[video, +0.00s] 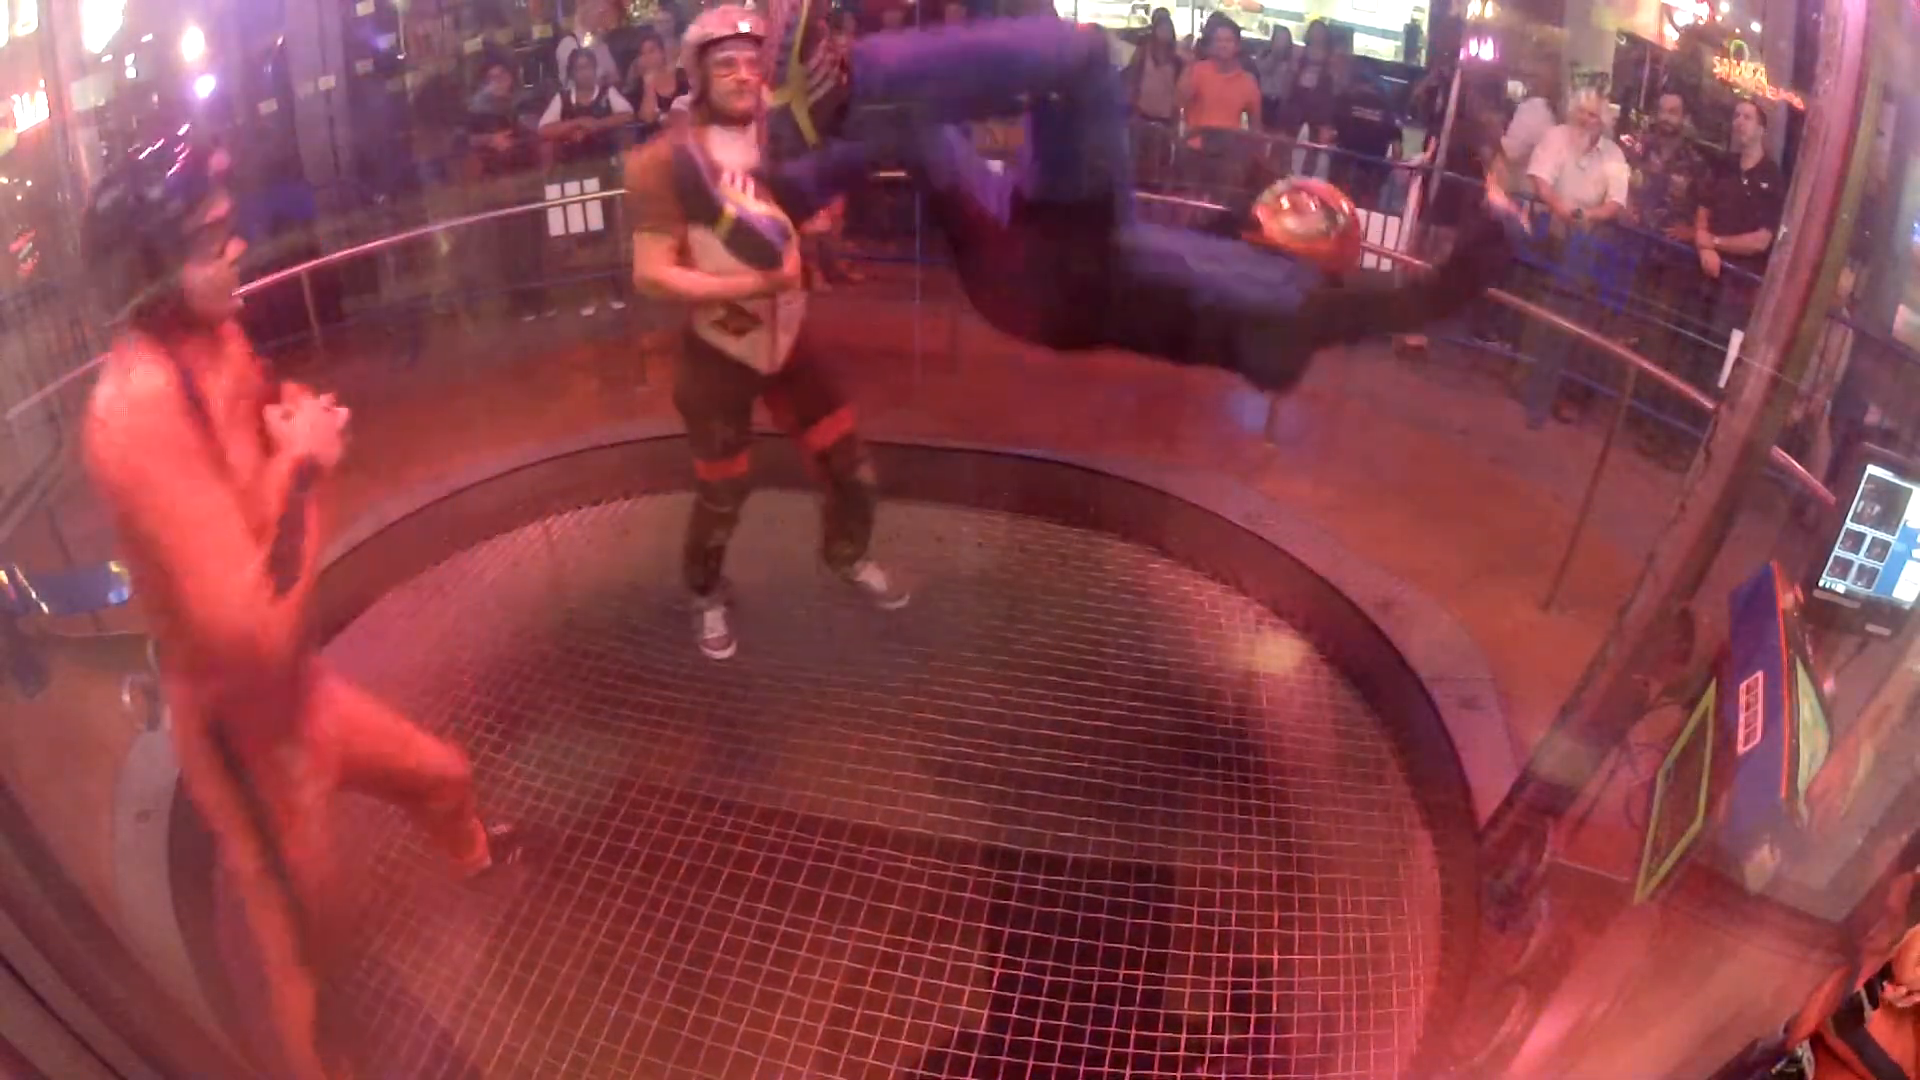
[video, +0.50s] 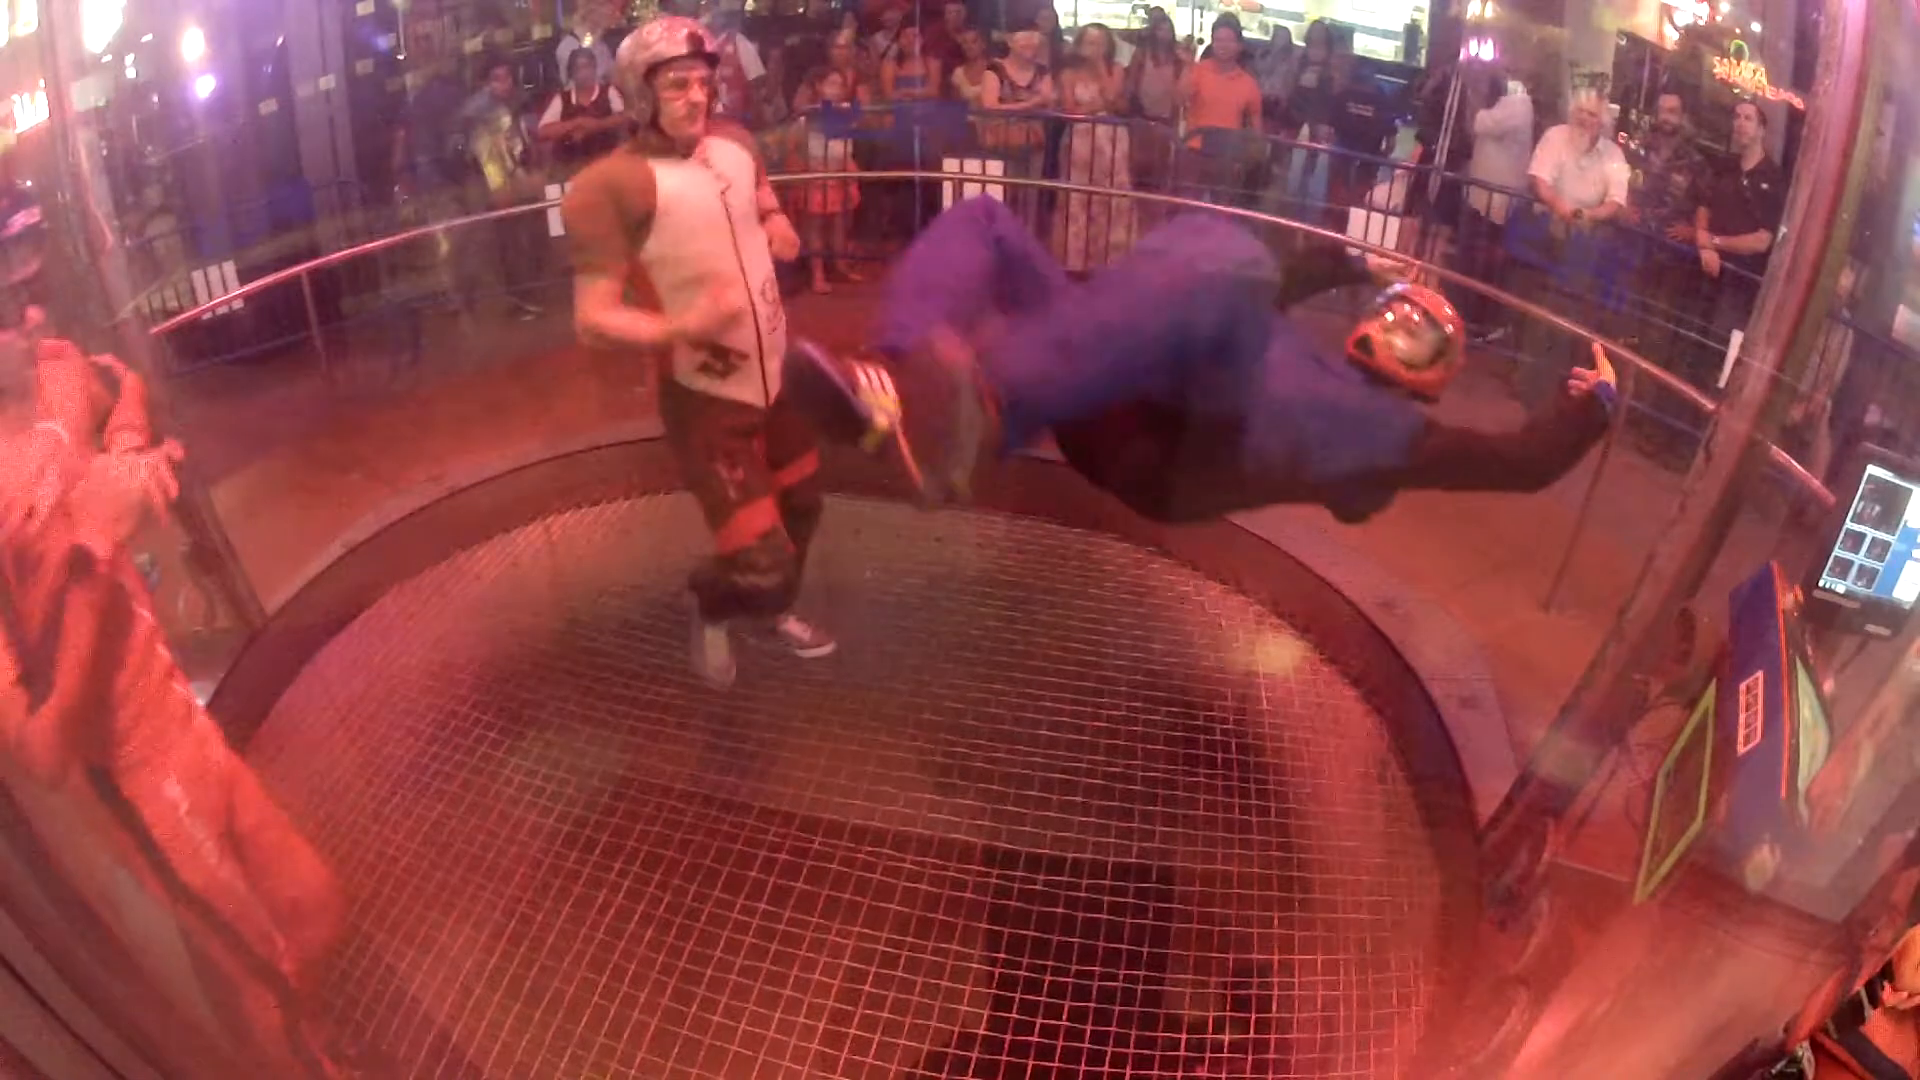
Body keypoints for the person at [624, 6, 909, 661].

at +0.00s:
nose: (743, 76)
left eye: (753, 65)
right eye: (727, 66)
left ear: (766, 75)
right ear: (699, 77)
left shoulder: (782, 143)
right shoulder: (662, 164)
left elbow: (803, 241)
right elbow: (652, 273)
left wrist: (823, 233)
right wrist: (754, 281)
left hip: (790, 340)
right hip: (714, 352)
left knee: (850, 471)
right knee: (723, 489)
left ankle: (847, 561)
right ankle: (708, 598)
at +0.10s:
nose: (722, 71)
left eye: (733, 58)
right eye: (705, 60)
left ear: (749, 68)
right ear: (677, 75)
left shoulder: (767, 138)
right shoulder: (647, 158)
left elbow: (792, 223)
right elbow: (636, 271)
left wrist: (798, 256)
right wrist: (724, 273)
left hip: (778, 340)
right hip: (706, 352)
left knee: (839, 475)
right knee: (718, 487)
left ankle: (812, 571)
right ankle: (706, 596)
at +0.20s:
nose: (709, 68)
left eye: (720, 56)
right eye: (692, 57)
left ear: (734, 65)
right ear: (664, 70)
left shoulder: (756, 136)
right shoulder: (637, 153)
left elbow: (777, 233)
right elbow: (625, 267)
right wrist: (710, 272)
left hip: (777, 341)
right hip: (702, 351)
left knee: (827, 480)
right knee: (712, 488)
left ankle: (776, 589)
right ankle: (708, 598)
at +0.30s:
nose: (700, 71)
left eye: (709, 58)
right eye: (683, 60)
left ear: (724, 66)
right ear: (655, 73)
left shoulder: (743, 129)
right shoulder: (626, 156)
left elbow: (773, 206)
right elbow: (619, 275)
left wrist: (784, 207)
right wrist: (704, 256)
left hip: (773, 342)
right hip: (701, 355)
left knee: (808, 486)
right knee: (724, 492)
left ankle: (768, 600)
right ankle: (709, 598)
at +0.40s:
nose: (695, 85)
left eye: (703, 71)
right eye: (677, 73)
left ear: (716, 77)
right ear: (646, 85)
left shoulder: (734, 138)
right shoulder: (620, 166)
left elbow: (776, 203)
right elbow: (606, 286)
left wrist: (777, 221)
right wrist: (688, 272)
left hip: (773, 355)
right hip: (702, 370)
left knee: (801, 494)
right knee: (747, 523)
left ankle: (773, 606)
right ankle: (713, 597)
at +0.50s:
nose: (694, 96)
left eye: (701, 82)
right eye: (676, 86)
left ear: (712, 86)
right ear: (641, 98)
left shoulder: (734, 151)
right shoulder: (611, 186)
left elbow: (778, 224)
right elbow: (594, 315)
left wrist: (771, 243)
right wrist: (682, 325)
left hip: (773, 382)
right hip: (704, 401)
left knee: (803, 505)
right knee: (766, 572)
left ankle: (774, 614)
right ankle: (707, 604)